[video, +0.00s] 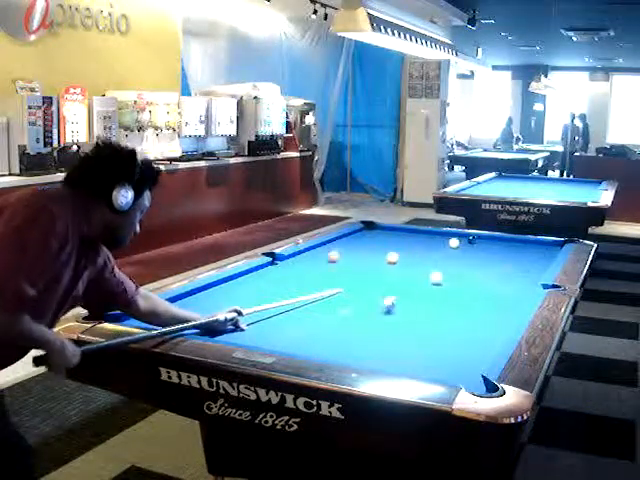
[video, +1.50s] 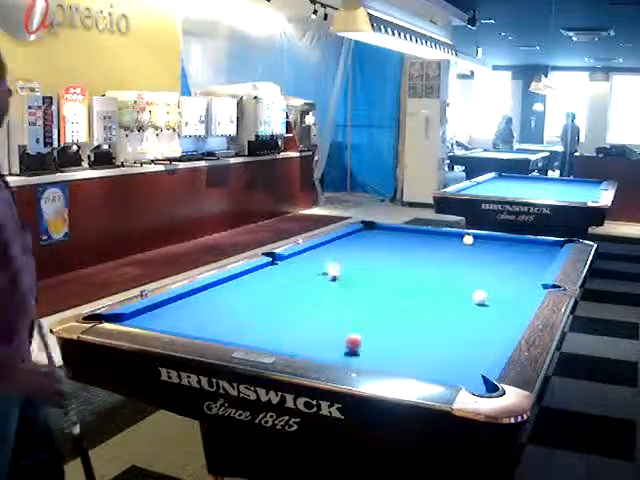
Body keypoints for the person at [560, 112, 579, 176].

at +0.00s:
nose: (572, 119)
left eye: (573, 117)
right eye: (571, 117)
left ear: (574, 118)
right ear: (569, 117)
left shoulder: (576, 127)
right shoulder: (565, 126)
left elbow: (578, 136)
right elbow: (563, 135)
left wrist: (577, 145)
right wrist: (563, 143)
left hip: (573, 146)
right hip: (565, 145)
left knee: (571, 160)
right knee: (563, 159)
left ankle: (569, 173)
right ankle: (561, 173)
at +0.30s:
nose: (572, 119)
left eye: (573, 117)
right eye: (571, 117)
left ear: (574, 118)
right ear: (569, 117)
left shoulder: (577, 127)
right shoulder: (565, 126)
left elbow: (579, 137)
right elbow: (563, 135)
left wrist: (578, 145)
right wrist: (563, 143)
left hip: (573, 146)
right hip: (566, 146)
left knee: (572, 160)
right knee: (563, 159)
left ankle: (569, 173)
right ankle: (562, 172)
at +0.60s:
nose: (572, 119)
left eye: (573, 117)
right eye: (571, 117)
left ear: (575, 118)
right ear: (569, 117)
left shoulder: (578, 126)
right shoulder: (566, 126)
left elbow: (580, 137)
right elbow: (563, 136)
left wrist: (580, 146)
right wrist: (564, 144)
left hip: (574, 147)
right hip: (566, 146)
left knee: (572, 160)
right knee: (564, 158)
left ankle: (570, 172)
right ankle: (562, 171)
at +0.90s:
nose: (571, 119)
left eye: (573, 118)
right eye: (570, 117)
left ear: (574, 118)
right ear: (568, 117)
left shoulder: (576, 127)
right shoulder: (565, 126)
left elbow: (578, 137)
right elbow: (563, 135)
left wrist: (577, 144)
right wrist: (563, 142)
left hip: (573, 146)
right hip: (566, 145)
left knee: (571, 159)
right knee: (564, 159)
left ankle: (570, 173)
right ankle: (562, 173)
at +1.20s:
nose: (570, 120)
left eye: (572, 118)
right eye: (569, 118)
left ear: (574, 118)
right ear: (567, 118)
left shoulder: (576, 127)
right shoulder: (565, 126)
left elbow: (578, 137)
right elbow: (562, 135)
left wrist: (577, 144)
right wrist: (563, 142)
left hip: (573, 145)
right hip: (566, 145)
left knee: (571, 159)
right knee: (564, 158)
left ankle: (570, 173)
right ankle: (562, 173)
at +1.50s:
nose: (570, 119)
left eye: (572, 117)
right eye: (569, 117)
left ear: (574, 118)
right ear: (567, 118)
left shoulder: (576, 127)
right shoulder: (565, 126)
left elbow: (578, 136)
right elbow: (562, 135)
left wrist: (577, 143)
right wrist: (563, 142)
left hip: (573, 146)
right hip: (566, 145)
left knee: (571, 159)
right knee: (564, 159)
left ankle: (570, 173)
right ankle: (562, 172)